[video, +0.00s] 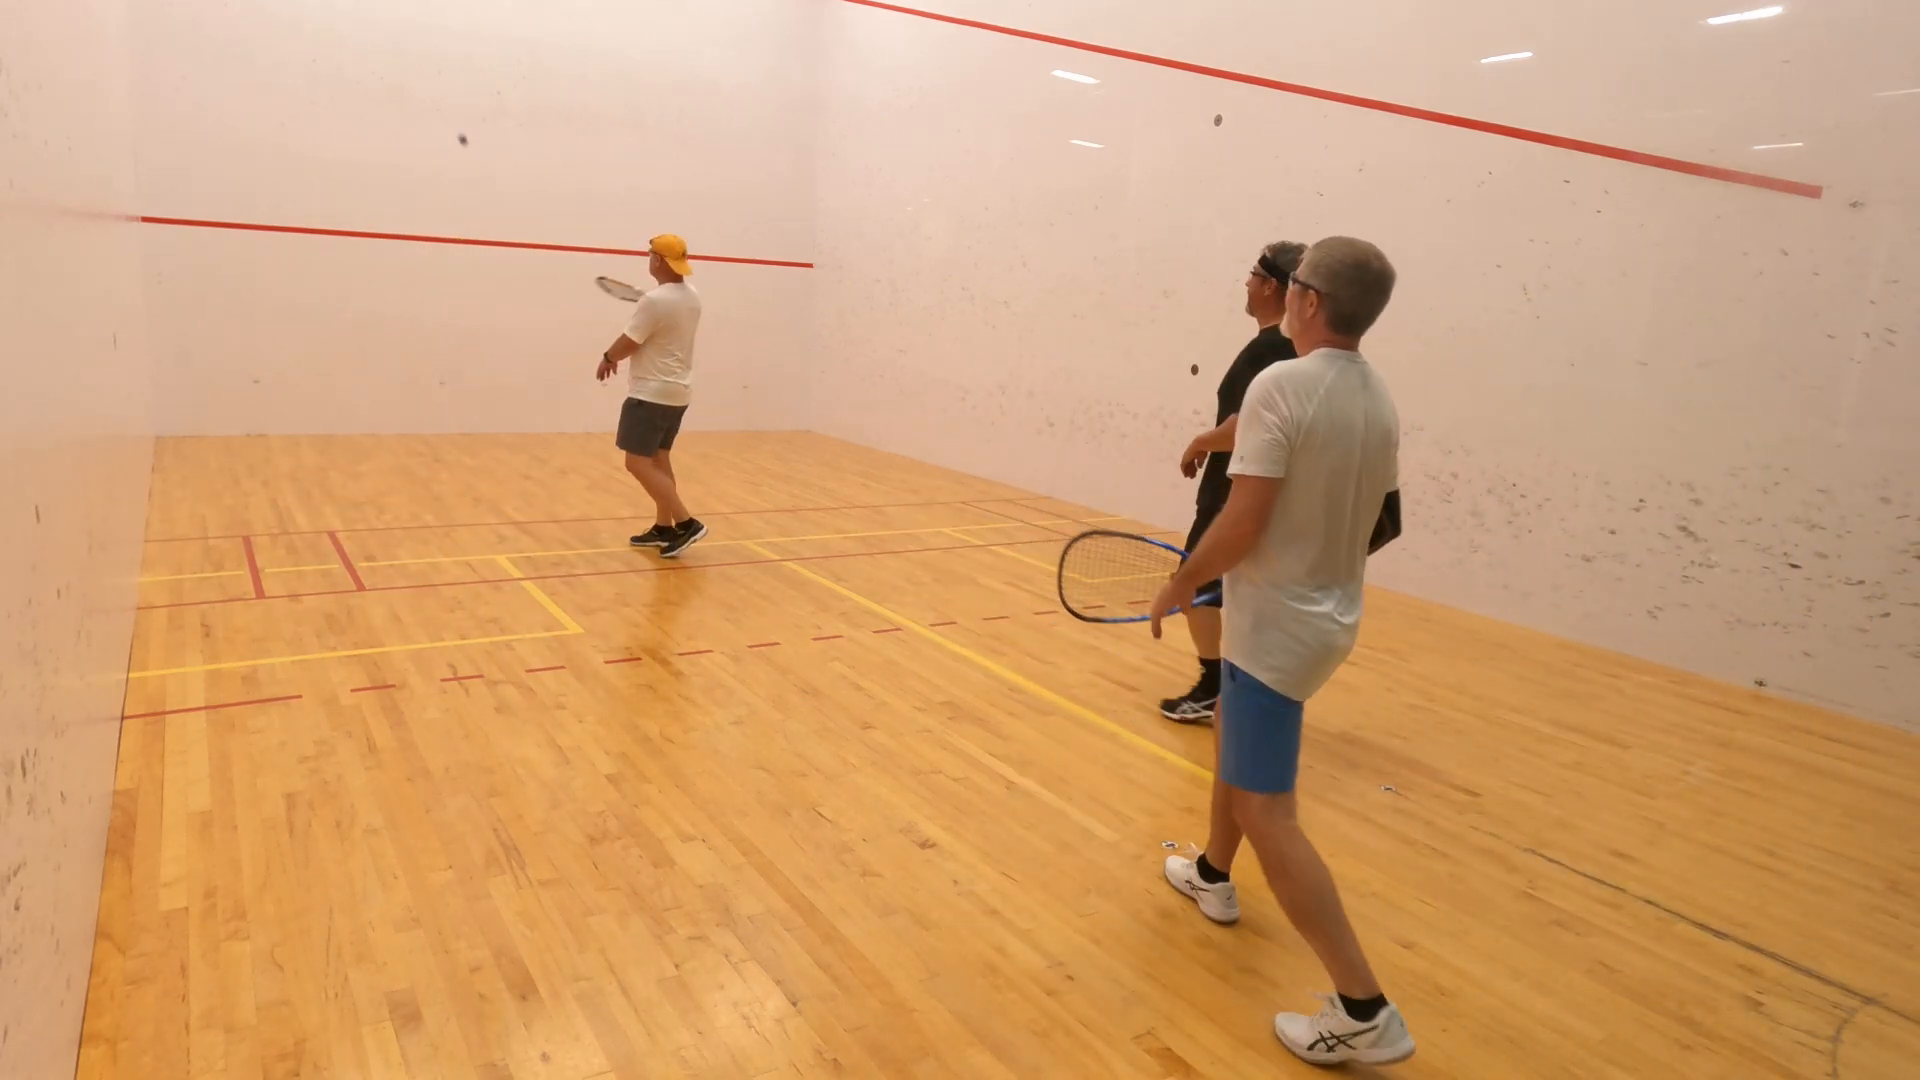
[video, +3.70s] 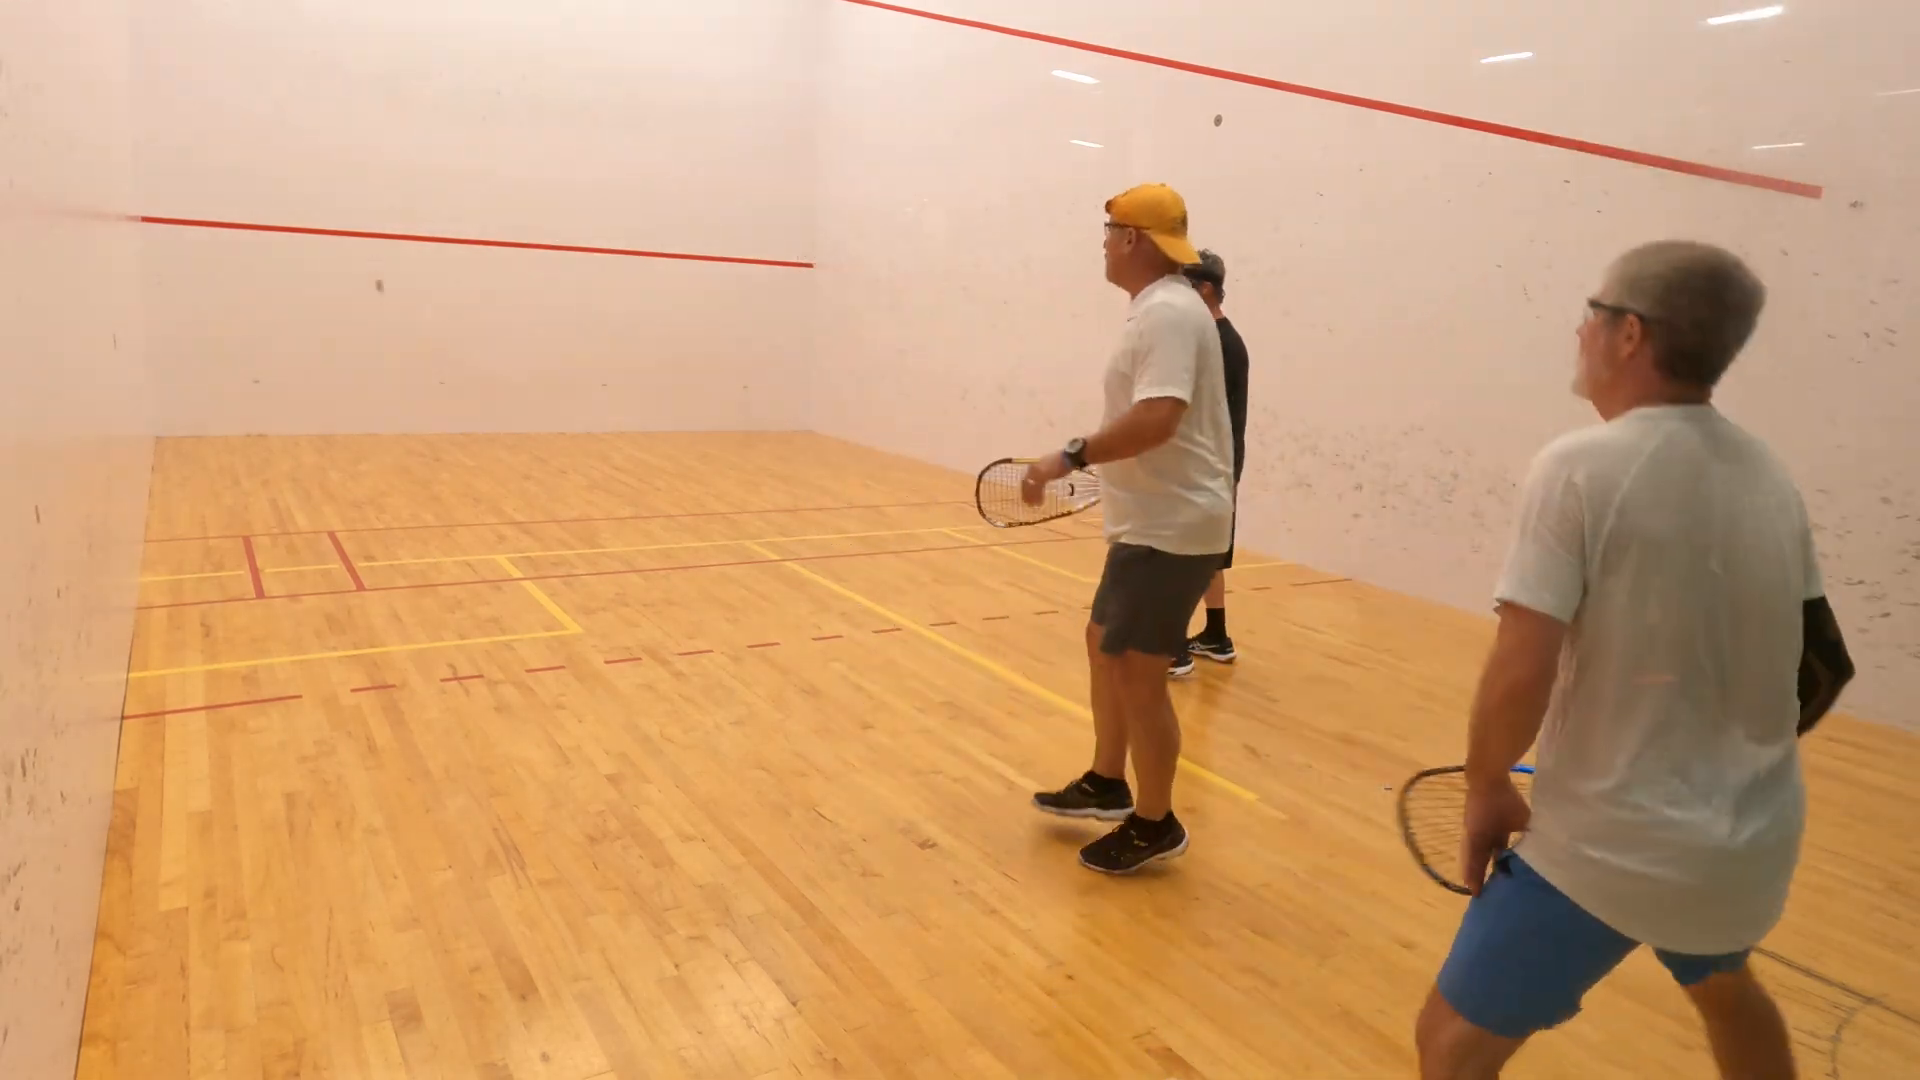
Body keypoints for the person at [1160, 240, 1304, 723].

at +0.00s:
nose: (1246, 283)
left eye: (1256, 276)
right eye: (1252, 274)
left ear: (1274, 289)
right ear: (1282, 292)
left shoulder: (1268, 352)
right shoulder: (1290, 350)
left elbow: (1250, 422)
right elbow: (1258, 420)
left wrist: (1200, 443)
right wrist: (1212, 442)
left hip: (1228, 495)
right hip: (1250, 493)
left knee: (1198, 584)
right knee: (1235, 587)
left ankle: (1212, 684)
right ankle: (1228, 685)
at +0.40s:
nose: (1184, 287)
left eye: (1190, 281)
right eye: (1188, 279)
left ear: (1207, 292)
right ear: (1231, 294)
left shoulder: (1200, 352)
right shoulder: (1254, 352)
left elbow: (1184, 424)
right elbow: (1233, 427)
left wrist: (1142, 449)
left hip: (1179, 492)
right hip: (1222, 495)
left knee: (1153, 576)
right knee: (1207, 576)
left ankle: (1148, 666)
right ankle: (1231, 659)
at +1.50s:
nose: (1137, 308)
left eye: (1144, 299)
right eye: (1137, 298)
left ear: (1173, 297)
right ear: (1171, 298)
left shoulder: (1201, 345)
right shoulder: (1181, 335)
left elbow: (1211, 424)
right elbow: (1182, 414)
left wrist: (1154, 459)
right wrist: (1153, 465)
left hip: (1185, 477)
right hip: (1187, 475)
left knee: (1159, 566)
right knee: (1201, 561)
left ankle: (1150, 665)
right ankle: (1198, 653)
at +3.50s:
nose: (1160, 291)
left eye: (1167, 285)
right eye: (1163, 284)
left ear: (1187, 294)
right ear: (1197, 295)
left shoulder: (1190, 348)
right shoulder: (1220, 342)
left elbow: (1189, 421)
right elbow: (1214, 417)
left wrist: (1172, 487)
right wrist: (1189, 473)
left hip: (1188, 478)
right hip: (1214, 476)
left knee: (1159, 565)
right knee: (1204, 556)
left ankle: (1150, 657)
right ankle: (1216, 635)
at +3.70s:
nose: (1185, 294)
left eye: (1192, 286)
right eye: (1185, 285)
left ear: (1210, 290)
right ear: (1210, 289)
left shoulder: (1218, 339)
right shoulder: (1217, 334)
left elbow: (1217, 411)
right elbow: (1219, 409)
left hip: (1213, 465)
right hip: (1213, 462)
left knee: (1196, 551)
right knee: (1209, 550)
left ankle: (1173, 649)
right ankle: (1215, 635)